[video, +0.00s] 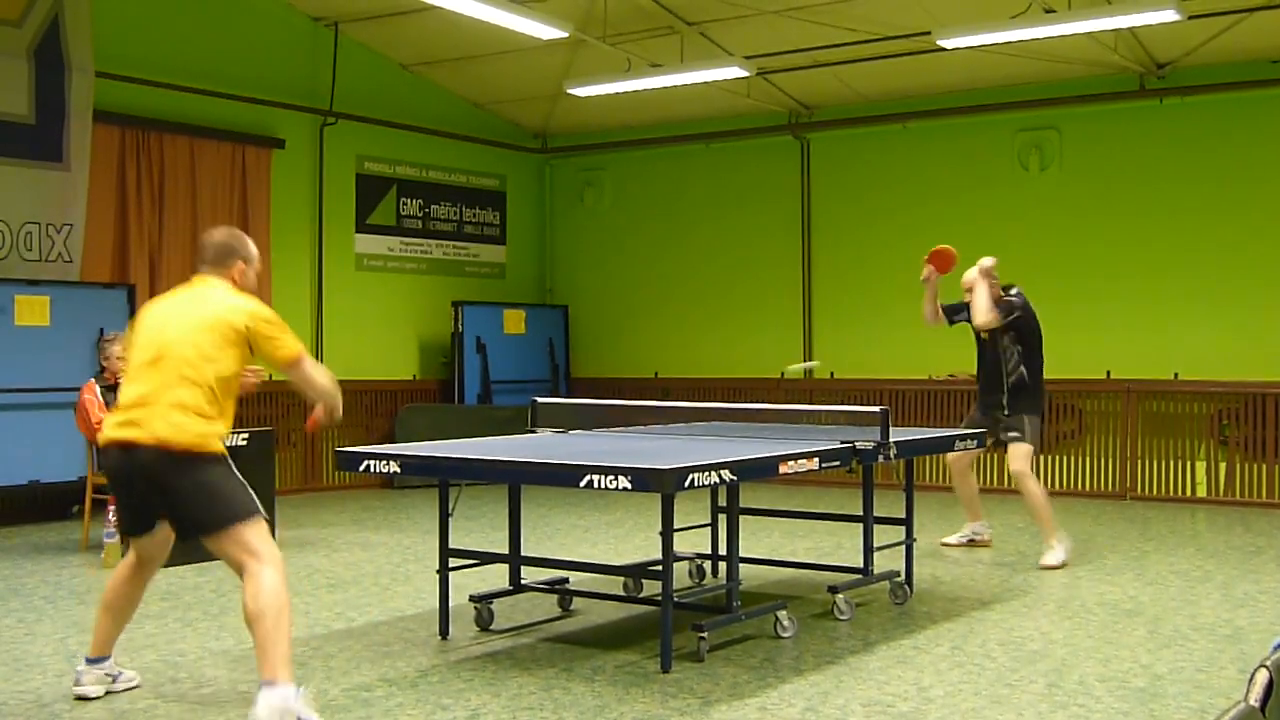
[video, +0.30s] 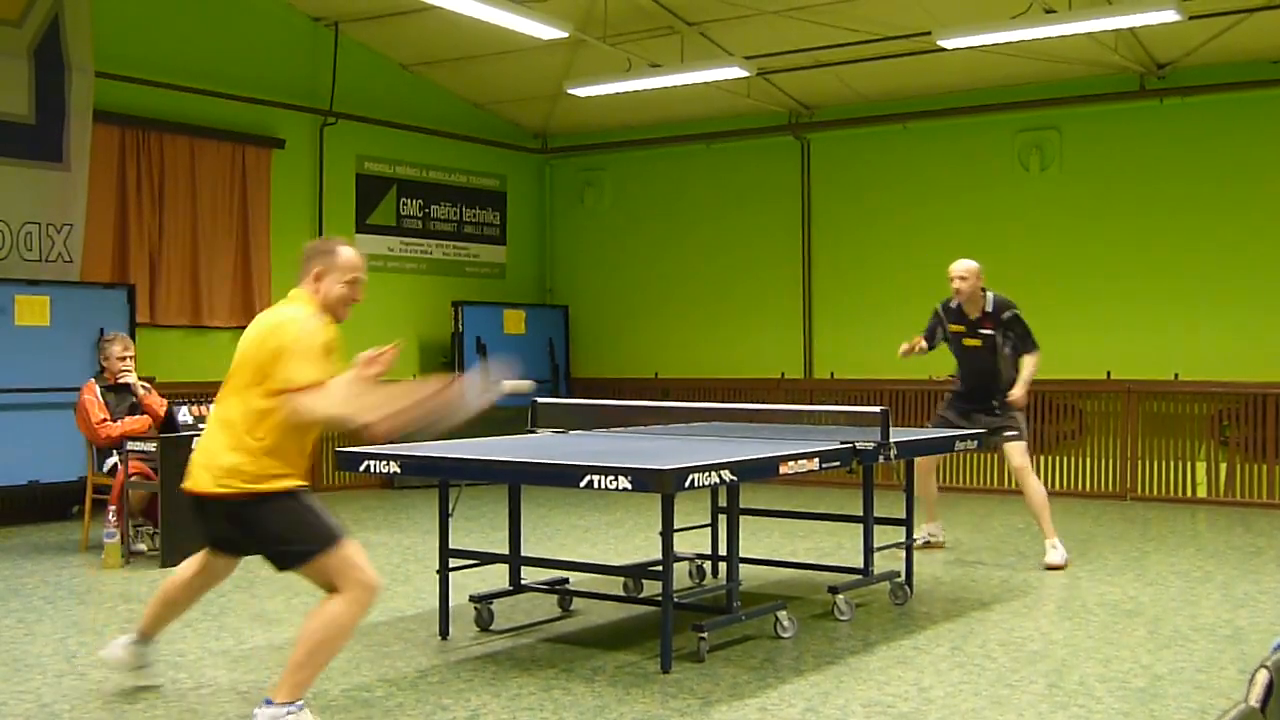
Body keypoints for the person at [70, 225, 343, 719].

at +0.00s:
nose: (259, 276)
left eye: (258, 267)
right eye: (256, 267)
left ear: (203, 266)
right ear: (240, 268)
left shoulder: (153, 307)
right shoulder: (245, 308)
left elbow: (145, 372)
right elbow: (315, 380)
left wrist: (227, 377)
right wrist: (332, 404)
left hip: (120, 446)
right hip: (186, 449)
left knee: (147, 549)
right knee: (260, 559)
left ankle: (95, 666)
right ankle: (278, 691)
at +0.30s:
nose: (358, 293)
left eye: (361, 283)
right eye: (350, 282)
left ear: (325, 281)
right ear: (315, 278)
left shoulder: (297, 318)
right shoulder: (301, 325)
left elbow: (290, 395)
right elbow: (303, 404)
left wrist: (350, 377)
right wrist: (415, 393)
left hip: (218, 480)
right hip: (254, 486)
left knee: (213, 564)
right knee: (358, 585)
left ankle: (134, 643)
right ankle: (282, 705)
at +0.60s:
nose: (425, 303)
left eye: (425, 296)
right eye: (424, 295)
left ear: (369, 293)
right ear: (410, 294)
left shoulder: (314, 339)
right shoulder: (421, 338)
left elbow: (288, 424)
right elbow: (500, 409)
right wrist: (525, 368)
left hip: (294, 497)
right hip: (368, 501)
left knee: (288, 556)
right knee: (454, 595)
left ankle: (244, 665)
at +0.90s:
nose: (430, 298)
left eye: (428, 291)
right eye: (430, 291)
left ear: (374, 290)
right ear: (421, 292)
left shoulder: (323, 340)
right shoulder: (438, 345)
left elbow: (296, 431)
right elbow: (482, 437)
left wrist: (350, 442)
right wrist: (433, 436)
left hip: (315, 494)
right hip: (398, 501)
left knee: (268, 584)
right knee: (470, 591)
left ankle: (198, 699)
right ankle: (471, 713)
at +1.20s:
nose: (520, 294)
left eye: (521, 284)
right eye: (519, 283)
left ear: (473, 277)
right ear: (498, 282)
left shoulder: (429, 320)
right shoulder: (463, 336)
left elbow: (431, 399)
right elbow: (410, 412)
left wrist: (493, 407)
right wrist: (433, 491)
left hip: (343, 492)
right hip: (394, 498)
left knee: (298, 594)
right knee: (513, 584)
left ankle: (200, 694)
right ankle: (471, 713)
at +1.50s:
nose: (659, 238)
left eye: (661, 226)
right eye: (658, 224)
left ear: (615, 215)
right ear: (632, 218)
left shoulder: (571, 258)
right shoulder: (588, 269)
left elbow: (535, 352)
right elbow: (548, 360)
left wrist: (560, 437)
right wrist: (546, 466)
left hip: (507, 440)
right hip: (520, 447)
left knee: (531, 576)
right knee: (537, 584)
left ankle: (457, 669)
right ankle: (477, 709)